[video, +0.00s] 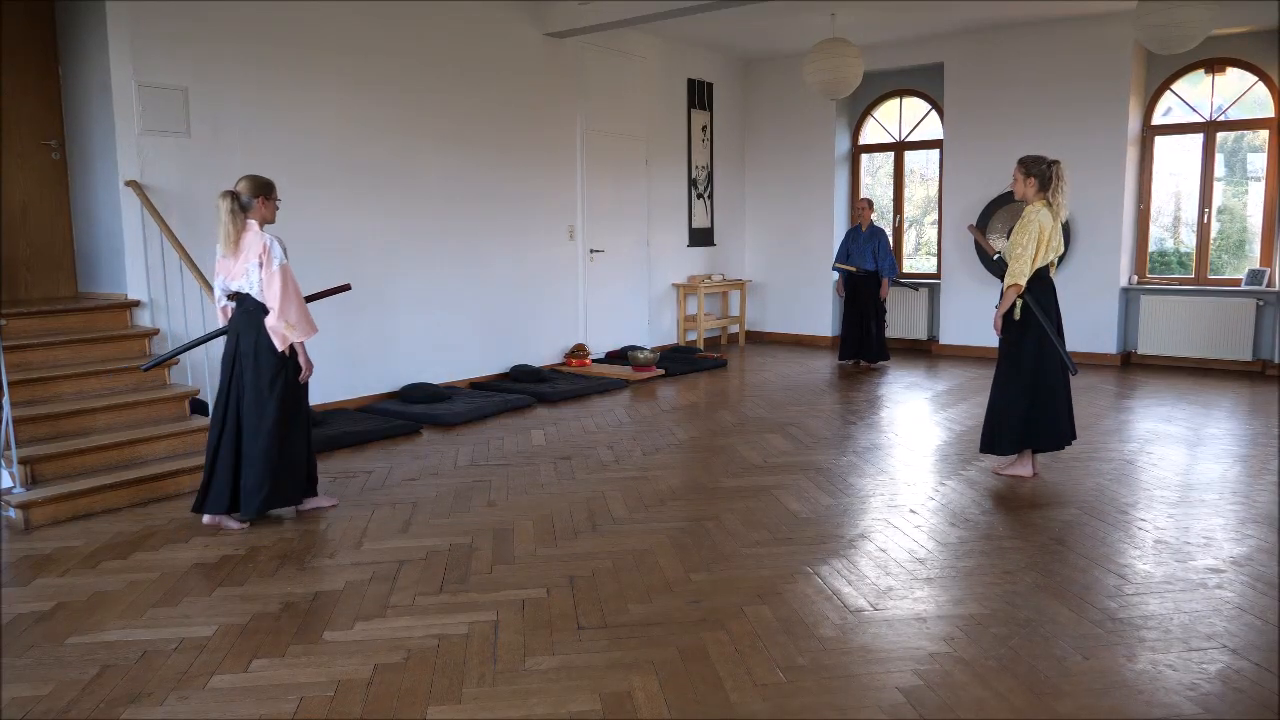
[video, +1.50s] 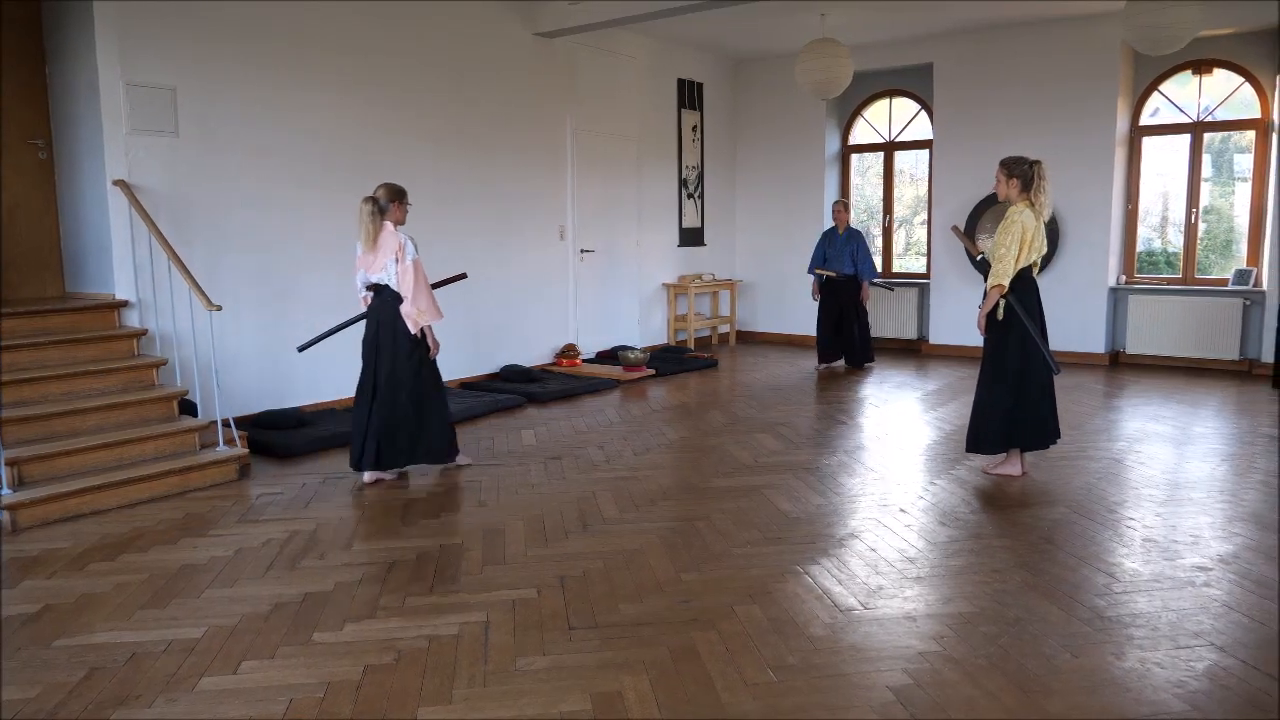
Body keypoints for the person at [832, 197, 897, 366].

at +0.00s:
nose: (859, 212)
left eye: (863, 209)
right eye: (857, 209)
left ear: (871, 211)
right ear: (854, 211)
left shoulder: (878, 233)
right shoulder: (851, 233)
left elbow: (886, 260)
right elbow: (842, 257)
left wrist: (885, 284)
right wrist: (840, 279)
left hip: (871, 279)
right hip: (853, 279)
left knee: (871, 318)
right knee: (853, 317)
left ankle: (871, 357)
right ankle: (855, 356)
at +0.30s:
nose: (859, 212)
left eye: (862, 209)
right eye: (856, 209)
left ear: (870, 211)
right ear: (854, 211)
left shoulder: (878, 233)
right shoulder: (850, 233)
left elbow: (885, 259)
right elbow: (841, 257)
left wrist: (884, 283)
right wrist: (840, 279)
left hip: (871, 279)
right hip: (852, 279)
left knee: (870, 318)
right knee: (852, 317)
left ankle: (870, 358)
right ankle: (854, 356)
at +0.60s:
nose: (857, 212)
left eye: (860, 209)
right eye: (854, 209)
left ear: (868, 211)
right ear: (851, 211)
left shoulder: (876, 233)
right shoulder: (849, 233)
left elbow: (883, 260)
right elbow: (840, 257)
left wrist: (883, 284)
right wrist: (838, 279)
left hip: (869, 279)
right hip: (850, 278)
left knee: (869, 318)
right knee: (851, 317)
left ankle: (869, 358)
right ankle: (852, 356)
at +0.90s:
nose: (854, 213)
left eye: (858, 210)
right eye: (852, 210)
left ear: (866, 212)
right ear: (849, 212)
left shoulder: (874, 234)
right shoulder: (846, 234)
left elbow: (880, 261)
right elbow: (837, 258)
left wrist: (881, 284)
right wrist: (835, 280)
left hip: (867, 280)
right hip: (848, 279)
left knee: (866, 319)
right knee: (846, 317)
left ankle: (867, 358)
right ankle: (845, 355)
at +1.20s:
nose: (848, 214)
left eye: (852, 211)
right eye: (847, 211)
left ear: (859, 213)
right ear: (845, 213)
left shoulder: (868, 235)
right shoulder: (840, 234)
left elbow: (876, 261)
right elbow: (831, 259)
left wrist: (876, 286)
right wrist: (828, 281)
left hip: (862, 282)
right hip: (841, 281)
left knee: (861, 321)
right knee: (838, 319)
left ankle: (861, 359)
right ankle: (835, 355)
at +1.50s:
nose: (835, 214)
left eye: (838, 211)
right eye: (833, 212)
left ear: (847, 214)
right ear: (832, 214)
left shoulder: (856, 236)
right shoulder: (826, 235)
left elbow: (864, 262)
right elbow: (818, 260)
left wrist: (865, 286)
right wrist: (816, 282)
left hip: (850, 283)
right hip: (829, 283)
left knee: (852, 322)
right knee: (826, 321)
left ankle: (854, 360)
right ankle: (825, 359)